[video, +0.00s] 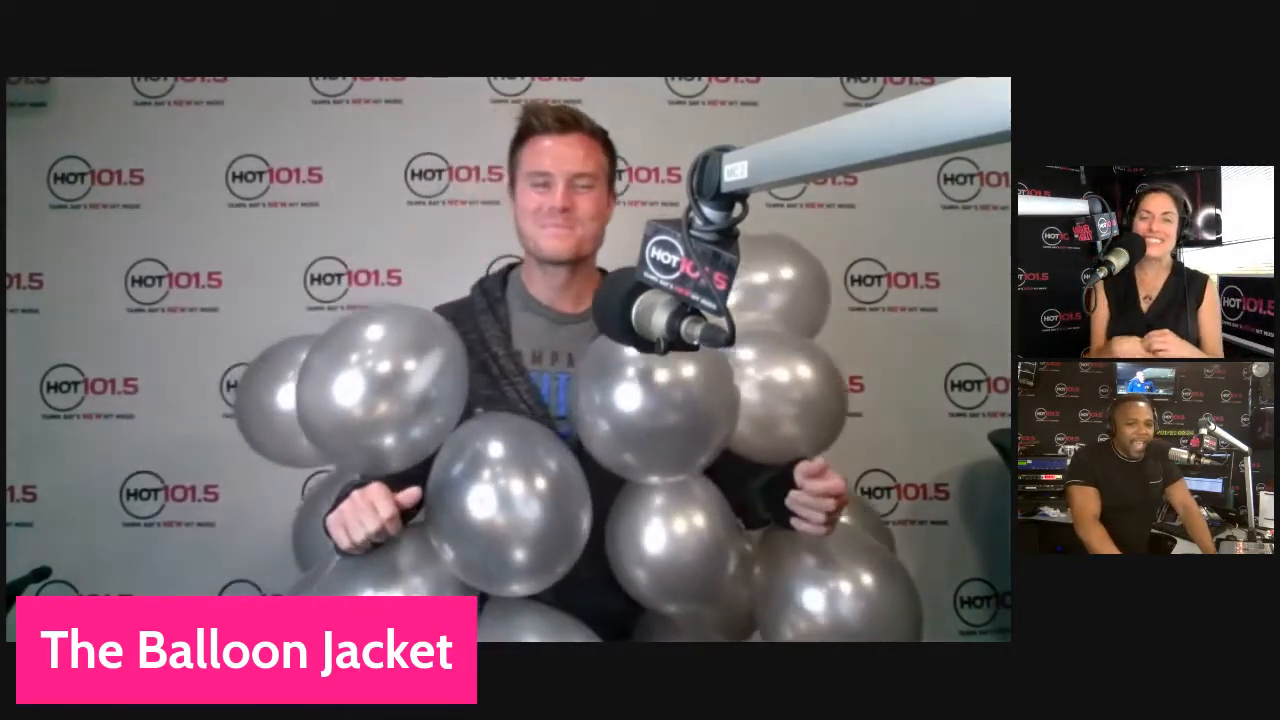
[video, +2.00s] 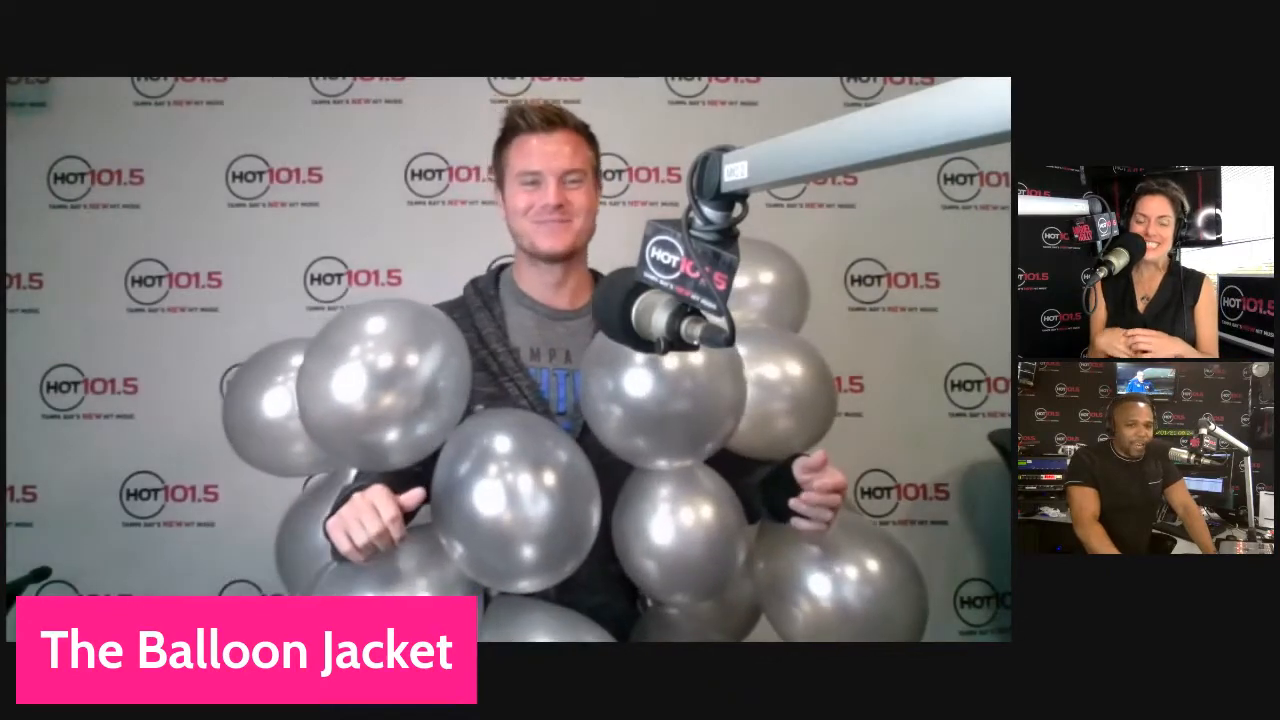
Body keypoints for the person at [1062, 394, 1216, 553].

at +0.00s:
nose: (1142, 432)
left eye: (1148, 424)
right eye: (1132, 424)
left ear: (1154, 428)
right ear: (1112, 427)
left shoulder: (1158, 457)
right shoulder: (1088, 460)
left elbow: (1187, 507)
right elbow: (1087, 524)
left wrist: (1210, 552)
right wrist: (1119, 560)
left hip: (1143, 554)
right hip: (1099, 555)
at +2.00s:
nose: (1142, 433)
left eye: (1148, 425)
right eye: (1131, 425)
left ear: (1154, 428)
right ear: (1112, 427)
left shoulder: (1157, 458)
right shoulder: (1087, 460)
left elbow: (1186, 508)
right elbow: (1086, 524)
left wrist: (1211, 552)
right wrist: (1118, 560)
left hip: (1144, 556)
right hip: (1100, 556)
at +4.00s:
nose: (1134, 429)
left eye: (1142, 422)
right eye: (1125, 422)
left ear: (1151, 428)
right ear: (1111, 427)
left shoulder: (1158, 458)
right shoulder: (1088, 461)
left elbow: (1188, 509)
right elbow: (1086, 525)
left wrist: (1211, 553)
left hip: (1143, 556)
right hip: (1100, 557)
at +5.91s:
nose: (1138, 431)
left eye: (1145, 424)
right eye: (1128, 423)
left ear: (1153, 429)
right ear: (1112, 427)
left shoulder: (1158, 458)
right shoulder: (1088, 461)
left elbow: (1188, 509)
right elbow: (1086, 525)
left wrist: (1211, 553)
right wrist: (1120, 565)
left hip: (1142, 557)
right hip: (1096, 559)